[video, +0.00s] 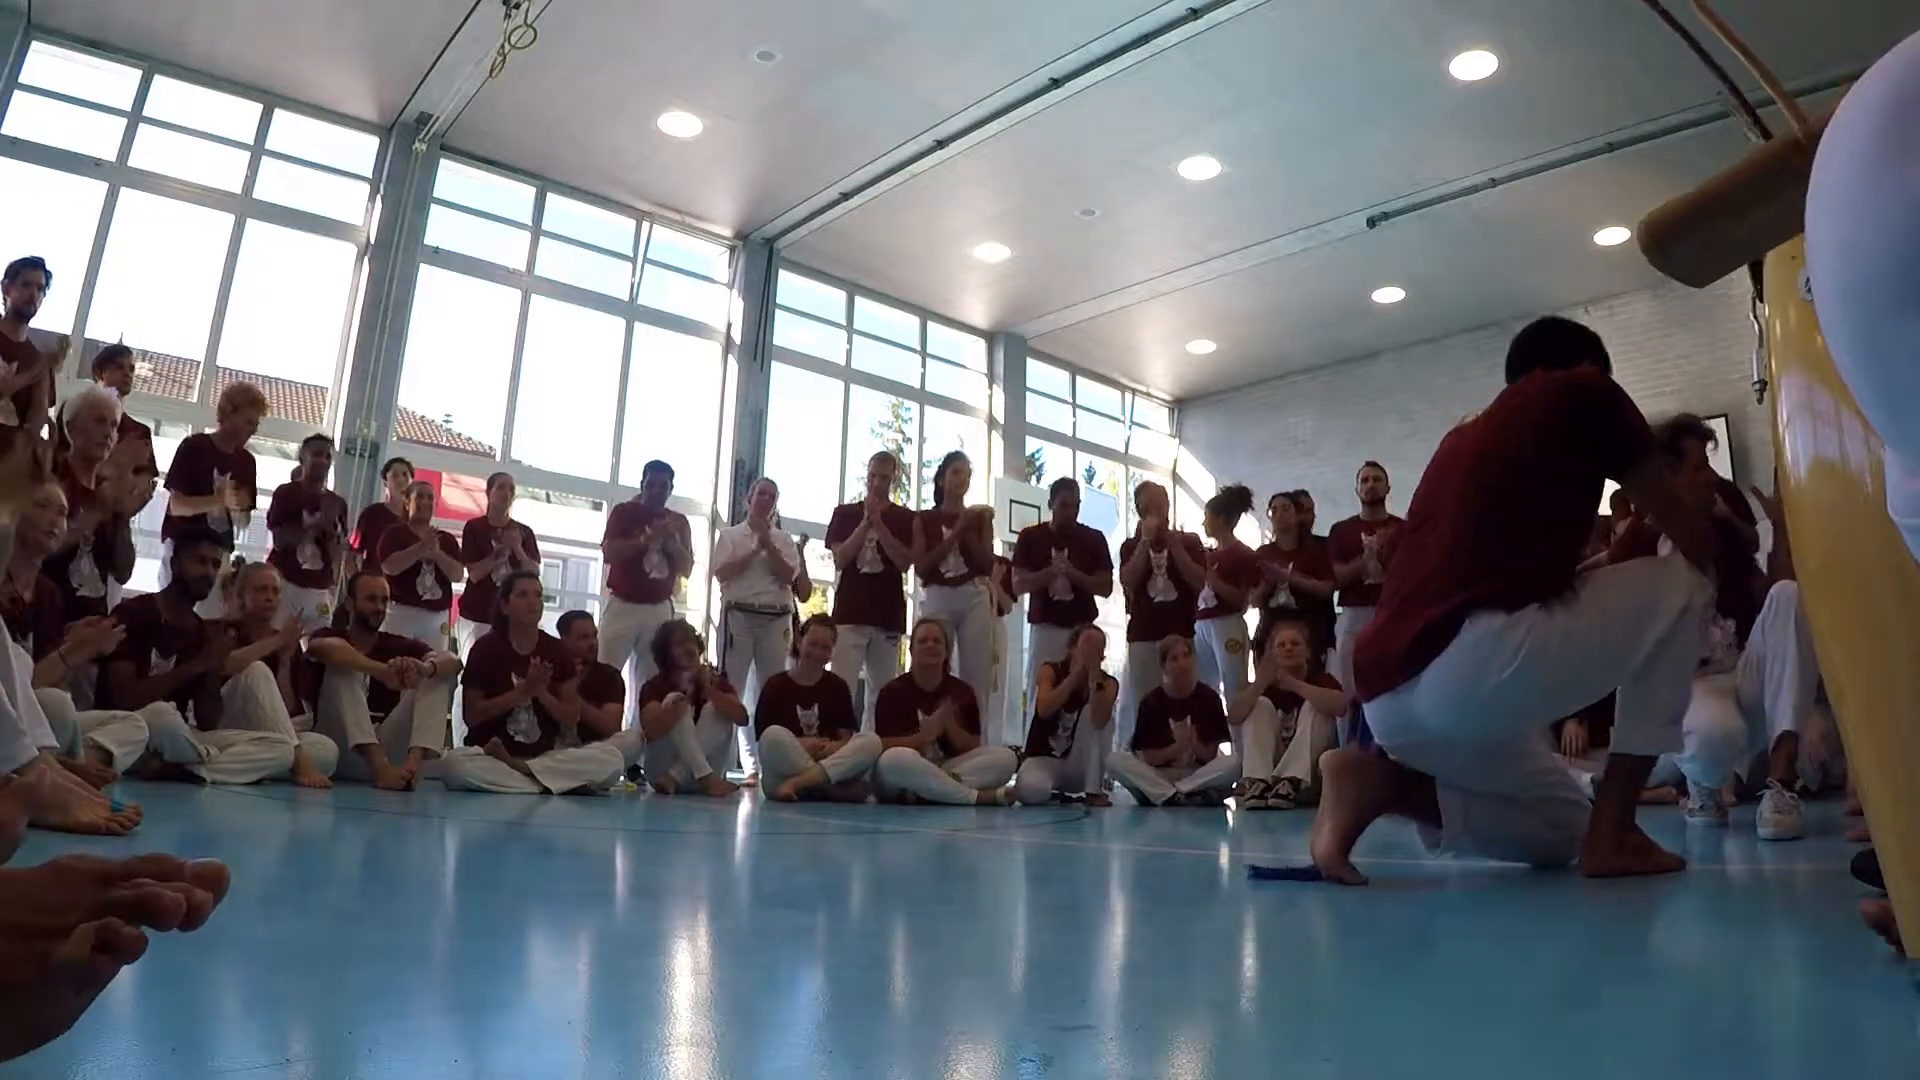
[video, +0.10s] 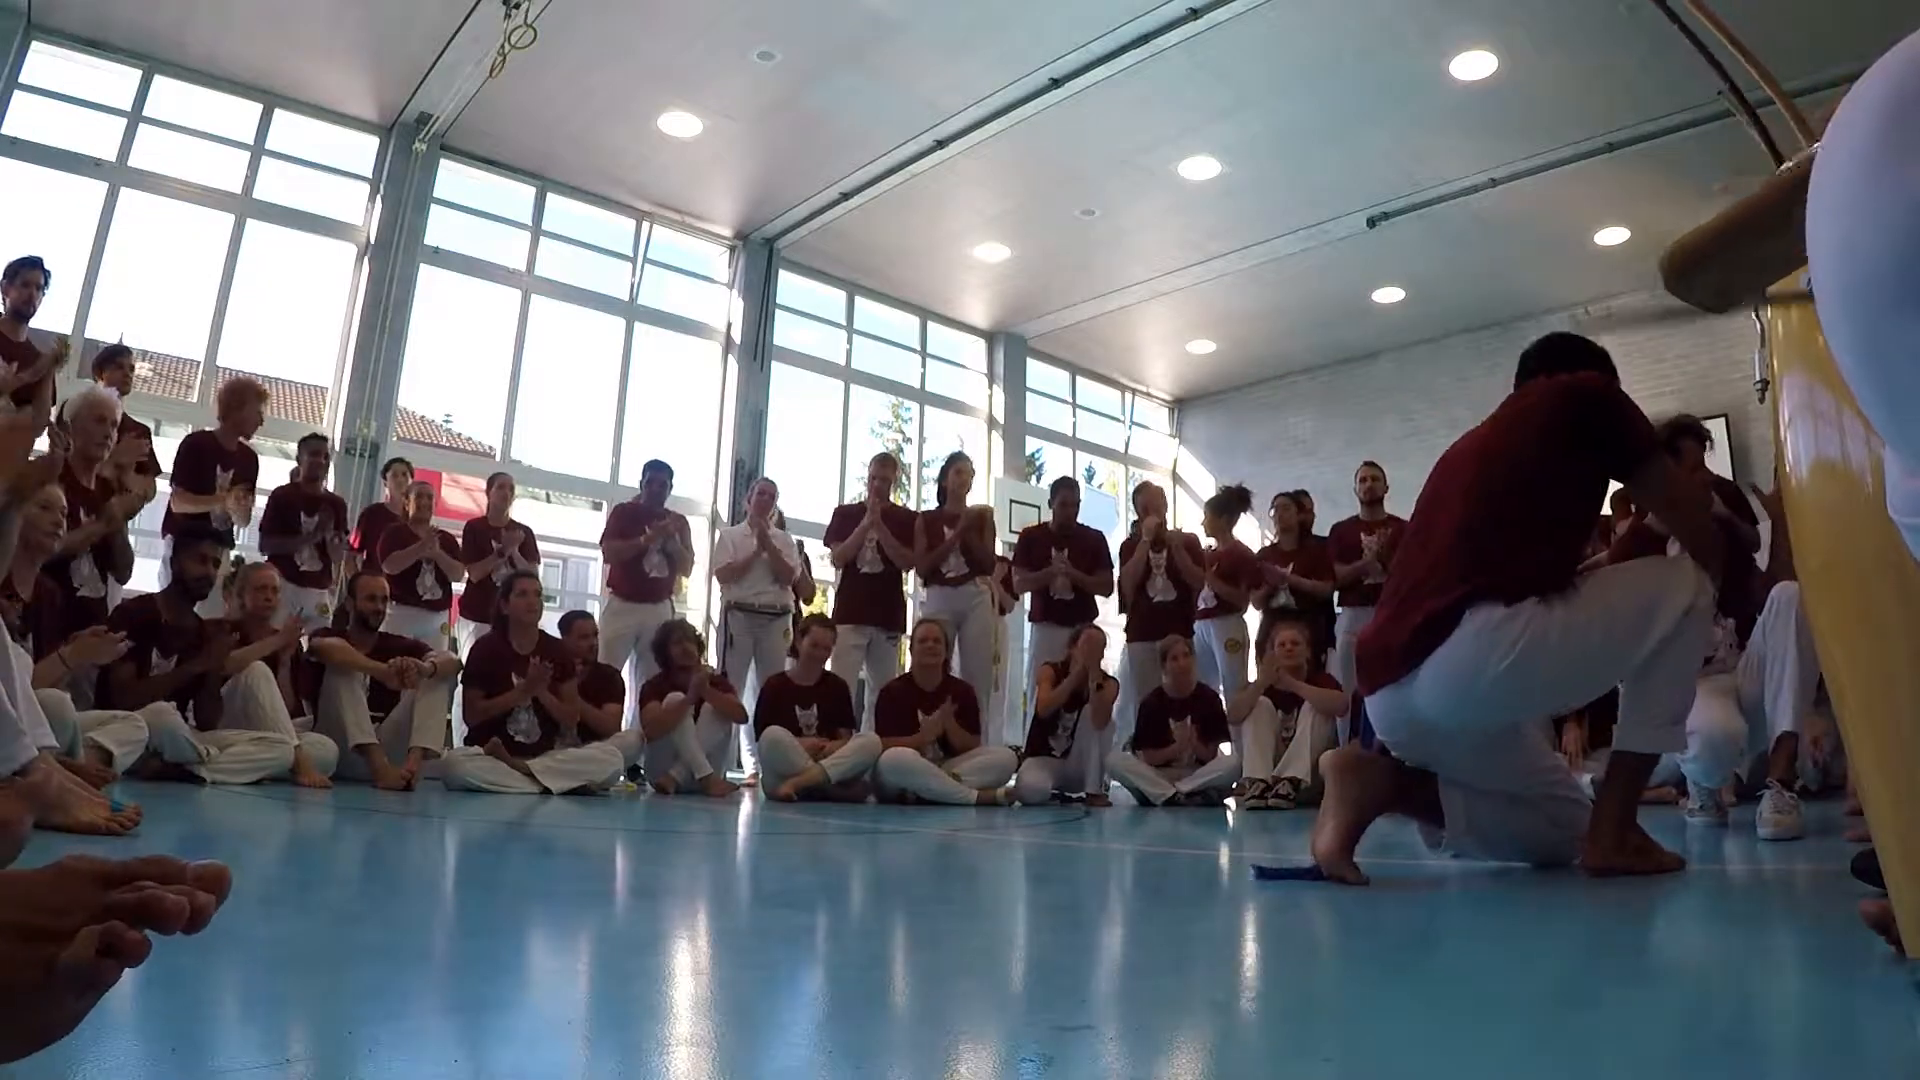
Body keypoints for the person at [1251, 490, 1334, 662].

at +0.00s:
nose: (1279, 514)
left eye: (1286, 509)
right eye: (1274, 510)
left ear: (1297, 514)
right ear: (1270, 517)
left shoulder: (1316, 550)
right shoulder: (1263, 553)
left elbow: (1327, 589)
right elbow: (1254, 600)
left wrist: (1292, 578)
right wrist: (1268, 583)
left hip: (1310, 626)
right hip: (1271, 627)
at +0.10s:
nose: (1279, 514)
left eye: (1286, 509)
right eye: (1275, 510)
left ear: (1298, 513)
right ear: (1272, 517)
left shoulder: (1317, 549)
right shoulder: (1264, 555)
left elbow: (1327, 589)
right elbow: (1256, 602)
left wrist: (1288, 578)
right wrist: (1271, 585)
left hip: (1310, 628)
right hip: (1273, 628)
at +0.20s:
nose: (1282, 514)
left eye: (1288, 508)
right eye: (1277, 509)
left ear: (1299, 513)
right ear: (1274, 517)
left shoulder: (1319, 549)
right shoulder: (1264, 555)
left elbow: (1329, 590)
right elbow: (1257, 602)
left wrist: (1289, 579)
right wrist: (1272, 585)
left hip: (1312, 628)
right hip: (1273, 629)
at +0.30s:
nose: (1283, 514)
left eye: (1289, 508)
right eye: (1279, 509)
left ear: (1302, 514)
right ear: (1274, 517)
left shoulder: (1320, 549)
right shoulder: (1264, 555)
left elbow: (1331, 590)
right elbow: (1256, 602)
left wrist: (1296, 580)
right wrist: (1271, 588)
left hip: (1312, 625)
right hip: (1274, 626)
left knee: (1311, 686)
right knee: (1274, 686)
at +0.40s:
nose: (1286, 512)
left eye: (1292, 508)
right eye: (1281, 508)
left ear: (1302, 515)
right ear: (1273, 517)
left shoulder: (1320, 548)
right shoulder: (1262, 555)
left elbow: (1332, 590)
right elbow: (1254, 603)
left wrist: (1299, 576)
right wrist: (1269, 592)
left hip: (1315, 627)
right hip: (1275, 630)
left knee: (1314, 688)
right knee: (1275, 689)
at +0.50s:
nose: (1287, 513)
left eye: (1293, 509)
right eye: (1282, 509)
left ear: (1302, 516)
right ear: (1272, 517)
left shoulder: (1318, 549)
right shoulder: (1260, 555)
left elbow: (1330, 590)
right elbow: (1248, 602)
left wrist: (1303, 573)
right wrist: (1264, 592)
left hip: (1315, 625)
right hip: (1275, 627)